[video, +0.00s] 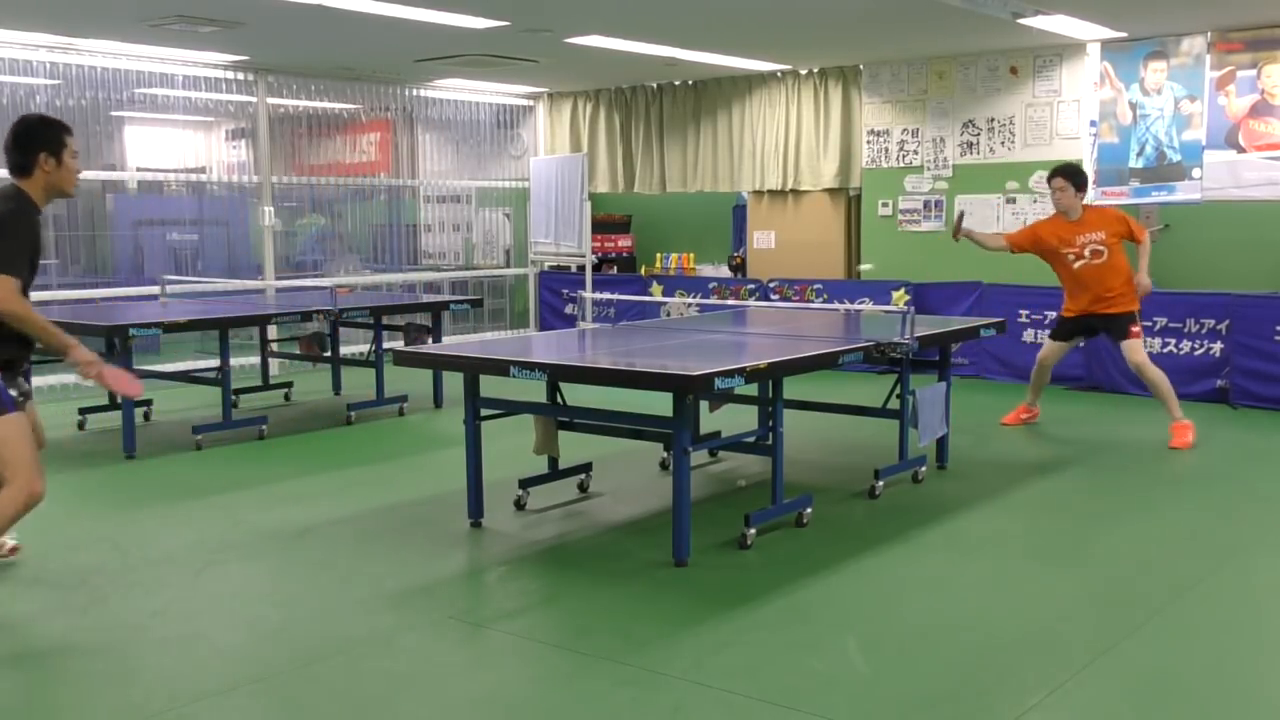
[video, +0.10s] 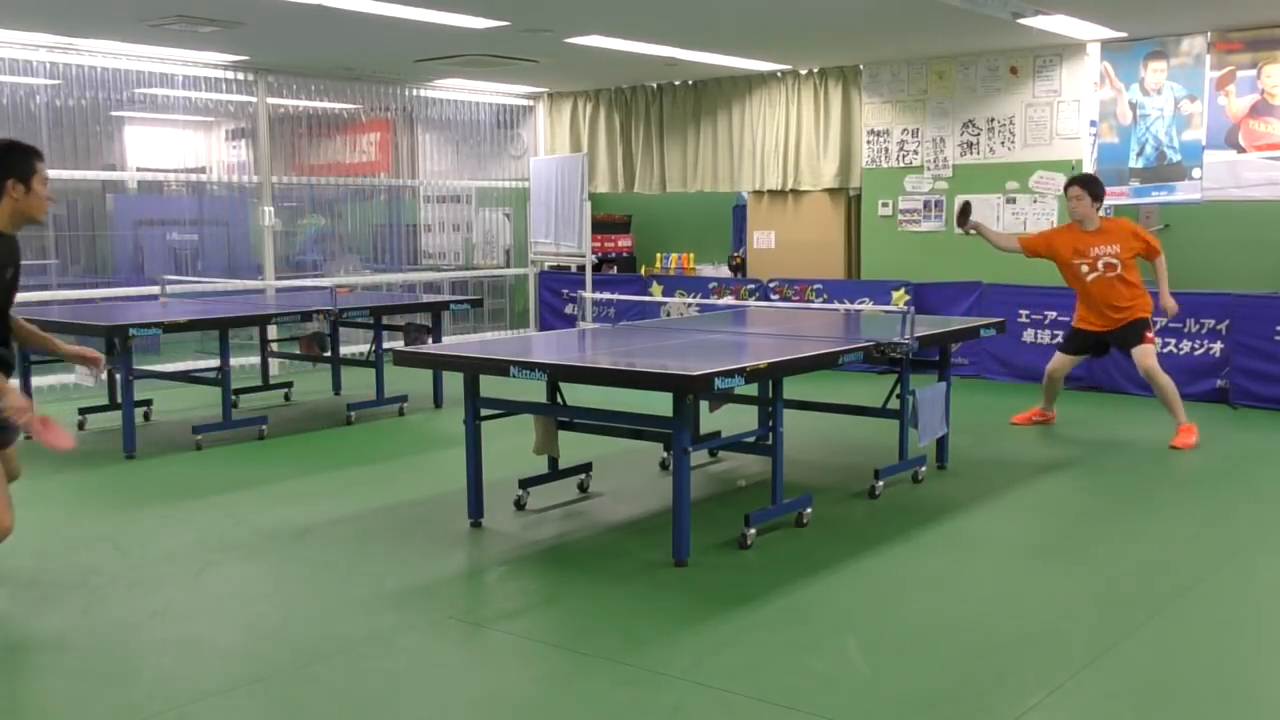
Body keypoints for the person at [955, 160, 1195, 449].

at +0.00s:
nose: (1054, 196)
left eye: (1060, 190)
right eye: (1052, 191)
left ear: (1079, 192)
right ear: (1051, 195)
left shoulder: (1109, 218)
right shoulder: (1044, 231)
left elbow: (1143, 236)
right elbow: (1002, 242)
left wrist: (1143, 272)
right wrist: (968, 233)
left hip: (1120, 307)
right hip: (1076, 311)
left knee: (1138, 361)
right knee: (1044, 359)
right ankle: (1030, 407)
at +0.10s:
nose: (1072, 205)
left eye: (1078, 199)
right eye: (1069, 200)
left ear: (1096, 201)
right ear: (1067, 204)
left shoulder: (1124, 229)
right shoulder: (1059, 238)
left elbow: (1156, 253)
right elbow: (1012, 242)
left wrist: (1165, 294)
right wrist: (977, 227)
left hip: (1131, 316)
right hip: (1089, 320)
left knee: (1147, 366)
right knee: (1053, 371)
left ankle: (1184, 425)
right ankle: (1046, 411)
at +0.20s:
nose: (1077, 206)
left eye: (1083, 200)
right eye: (1074, 201)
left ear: (1101, 203)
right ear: (1071, 204)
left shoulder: (1128, 235)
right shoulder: (1064, 239)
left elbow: (1160, 271)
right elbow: (1021, 252)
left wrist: (1167, 309)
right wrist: (987, 237)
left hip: (1131, 321)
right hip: (1091, 324)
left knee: (1145, 370)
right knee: (1051, 371)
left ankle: (1184, 427)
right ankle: (1046, 411)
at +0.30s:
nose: (1071, 198)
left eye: (1077, 192)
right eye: (1069, 193)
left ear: (1095, 196)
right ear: (1067, 196)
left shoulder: (1120, 230)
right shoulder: (1059, 231)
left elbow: (1150, 268)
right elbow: (1020, 251)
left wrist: (1149, 307)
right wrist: (991, 242)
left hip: (1119, 315)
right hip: (1079, 314)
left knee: (1137, 369)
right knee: (1041, 362)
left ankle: (1181, 426)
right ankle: (1045, 410)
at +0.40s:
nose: (1060, 183)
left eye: (1066, 178)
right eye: (1057, 178)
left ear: (1085, 180)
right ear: (1055, 181)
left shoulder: (1107, 217)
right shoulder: (1048, 217)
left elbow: (1134, 255)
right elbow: (1018, 248)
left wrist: (1124, 287)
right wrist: (993, 247)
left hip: (1103, 304)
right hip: (1064, 305)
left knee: (1126, 358)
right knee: (1036, 352)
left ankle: (1157, 420)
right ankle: (1044, 408)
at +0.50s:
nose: (1048, 177)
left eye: (1054, 171)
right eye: (1046, 172)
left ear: (1072, 173)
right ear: (1044, 175)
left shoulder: (1095, 208)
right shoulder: (1040, 209)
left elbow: (1121, 242)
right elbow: (1017, 245)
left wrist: (1101, 271)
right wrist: (996, 255)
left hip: (1094, 295)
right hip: (1057, 295)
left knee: (1107, 350)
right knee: (1026, 338)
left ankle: (1132, 411)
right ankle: (1033, 396)